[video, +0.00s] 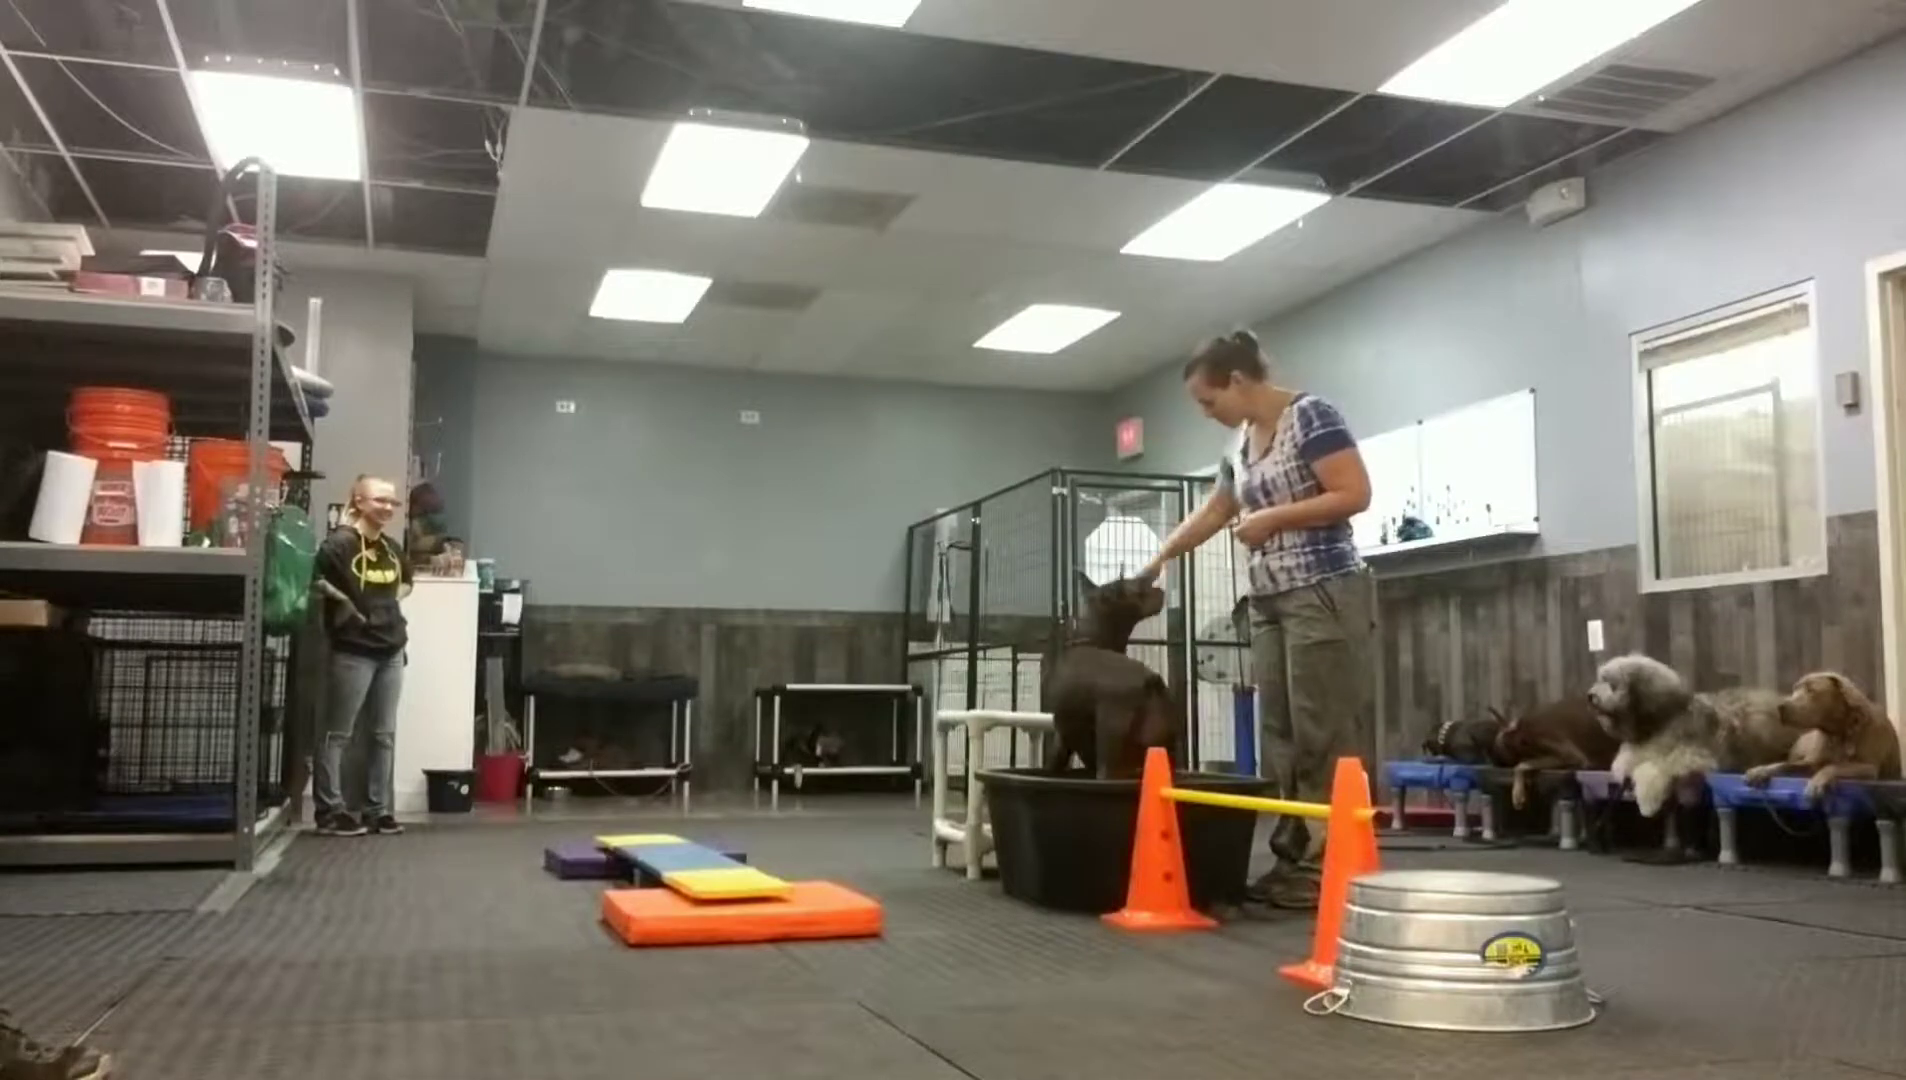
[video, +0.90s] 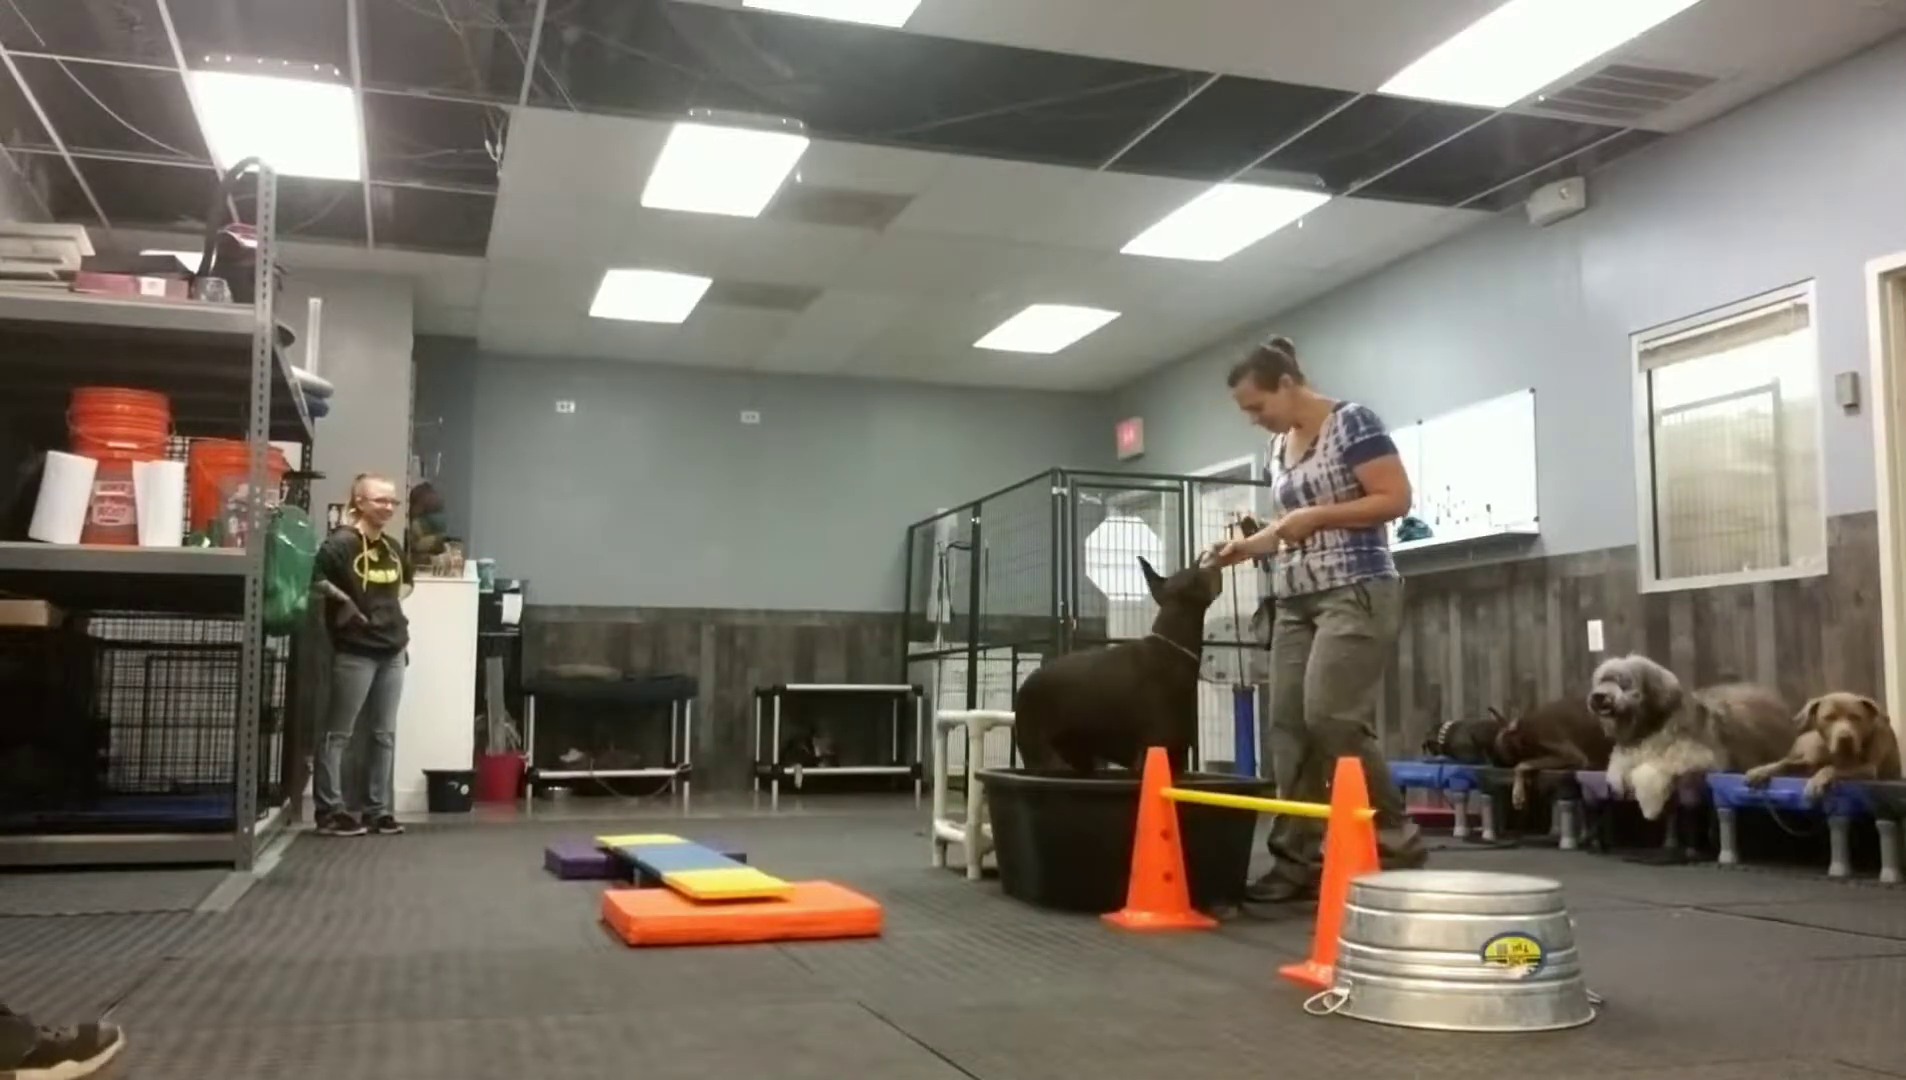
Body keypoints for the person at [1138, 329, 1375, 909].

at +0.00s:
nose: (1209, 414)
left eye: (1209, 402)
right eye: (1203, 406)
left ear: (1238, 381)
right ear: (1233, 387)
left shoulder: (1310, 415)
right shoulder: (1245, 449)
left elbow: (1354, 494)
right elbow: (1215, 511)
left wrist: (1274, 519)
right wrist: (1162, 557)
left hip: (1324, 594)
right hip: (1272, 601)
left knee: (1323, 730)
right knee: (1281, 731)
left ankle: (1325, 869)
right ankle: (1293, 862)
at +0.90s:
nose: (1254, 419)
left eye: (1257, 406)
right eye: (1248, 411)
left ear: (1288, 385)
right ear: (1273, 394)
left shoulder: (1351, 421)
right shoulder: (1279, 452)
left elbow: (1395, 498)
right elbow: (1294, 527)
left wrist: (1316, 516)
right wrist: (1245, 548)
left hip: (1357, 595)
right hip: (1296, 603)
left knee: (1330, 717)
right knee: (1287, 728)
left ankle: (1396, 839)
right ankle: (1296, 864)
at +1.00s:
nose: (1300, 423)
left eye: (1300, 409)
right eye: (1293, 414)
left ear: (1330, 388)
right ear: (1321, 398)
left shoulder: (1392, 427)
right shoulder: (1332, 456)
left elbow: (1427, 509)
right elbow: (1349, 531)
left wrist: (1341, 523)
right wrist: (1300, 542)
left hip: (1388, 602)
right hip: (1336, 607)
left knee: (1387, 740)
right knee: (1311, 729)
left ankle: (1462, 867)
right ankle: (1298, 867)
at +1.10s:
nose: (1347, 418)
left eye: (1348, 404)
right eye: (1341, 408)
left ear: (1379, 384)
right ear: (1374, 391)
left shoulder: (1438, 428)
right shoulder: (1391, 449)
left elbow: (1470, 505)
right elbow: (1418, 520)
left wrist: (1388, 525)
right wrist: (1375, 530)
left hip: (1439, 600)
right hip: (1392, 605)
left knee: (1431, 742)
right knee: (1358, 720)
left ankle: (1463, 869)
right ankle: (1356, 862)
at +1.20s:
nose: (1394, 411)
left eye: (1395, 397)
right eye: (1388, 401)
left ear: (1428, 379)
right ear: (1424, 386)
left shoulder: (1482, 423)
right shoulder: (1437, 445)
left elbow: (1512, 500)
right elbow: (1464, 516)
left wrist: (1429, 522)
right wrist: (1418, 526)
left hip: (1481, 595)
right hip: (1440, 600)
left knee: (1463, 728)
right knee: (1420, 718)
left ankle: (1469, 862)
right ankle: (1521, 819)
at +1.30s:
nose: (1440, 416)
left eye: (1441, 404)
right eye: (1435, 408)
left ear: (1473, 386)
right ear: (1471, 391)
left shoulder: (1529, 433)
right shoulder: (1485, 451)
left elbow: (1562, 511)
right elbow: (1512, 521)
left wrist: (1481, 528)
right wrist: (1468, 531)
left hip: (1533, 604)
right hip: (1507, 607)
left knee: (1495, 734)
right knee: (1533, 740)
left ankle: (1469, 865)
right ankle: (1622, 849)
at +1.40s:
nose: (1481, 423)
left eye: (1482, 410)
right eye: (1476, 414)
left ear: (1514, 393)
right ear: (1510, 399)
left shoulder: (1576, 433)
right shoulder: (1522, 460)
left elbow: (1619, 508)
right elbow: (1554, 529)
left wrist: (1536, 533)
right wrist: (1511, 537)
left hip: (1589, 607)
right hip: (1546, 613)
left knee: (1547, 733)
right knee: (1577, 744)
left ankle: (1495, 850)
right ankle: (1641, 866)